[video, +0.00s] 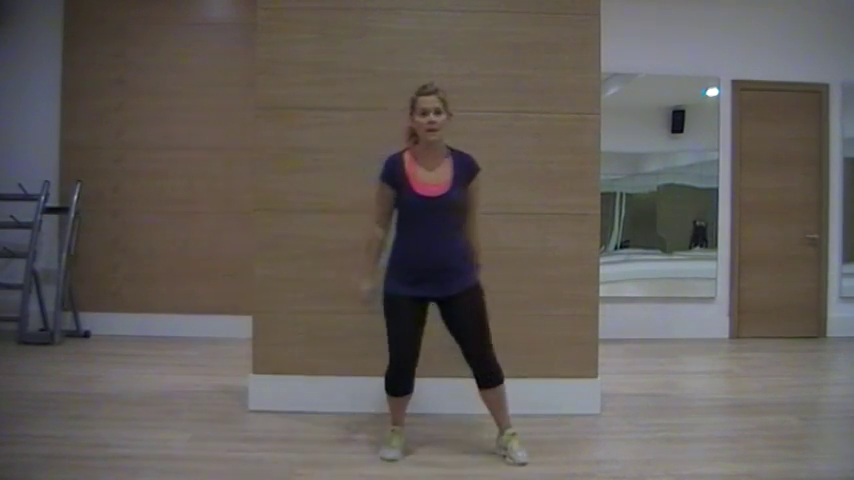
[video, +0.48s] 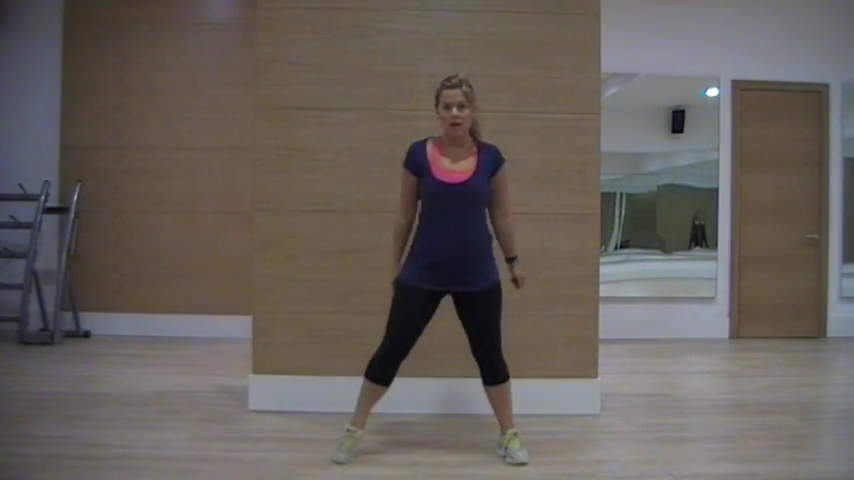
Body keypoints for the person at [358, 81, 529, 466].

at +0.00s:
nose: (431, 119)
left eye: (437, 112)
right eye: (423, 113)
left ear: (448, 117)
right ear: (412, 120)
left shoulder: (464, 165)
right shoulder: (396, 166)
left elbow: (471, 223)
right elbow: (380, 223)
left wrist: (475, 270)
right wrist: (369, 273)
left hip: (456, 277)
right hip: (406, 279)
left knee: (482, 356)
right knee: (401, 362)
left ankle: (507, 433)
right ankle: (396, 432)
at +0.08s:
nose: (443, 117)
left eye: (450, 110)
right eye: (435, 111)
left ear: (460, 115)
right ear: (424, 118)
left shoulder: (478, 162)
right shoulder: (409, 164)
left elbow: (491, 220)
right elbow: (396, 224)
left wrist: (505, 264)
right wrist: (390, 276)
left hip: (470, 275)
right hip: (419, 275)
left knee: (488, 356)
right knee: (399, 354)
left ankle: (507, 433)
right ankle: (390, 429)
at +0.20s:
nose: (455, 111)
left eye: (461, 104)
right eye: (447, 104)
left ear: (472, 109)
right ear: (436, 111)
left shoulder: (490, 156)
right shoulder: (421, 156)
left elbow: (507, 213)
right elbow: (409, 218)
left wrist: (528, 257)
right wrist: (403, 270)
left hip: (481, 271)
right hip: (429, 269)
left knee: (492, 355)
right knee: (394, 346)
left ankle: (507, 434)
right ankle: (374, 424)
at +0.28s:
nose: (457, 111)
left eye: (464, 103)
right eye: (449, 104)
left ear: (476, 108)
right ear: (439, 111)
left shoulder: (493, 154)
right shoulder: (424, 155)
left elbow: (512, 211)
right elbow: (413, 215)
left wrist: (530, 255)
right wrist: (406, 266)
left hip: (483, 268)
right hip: (432, 266)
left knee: (493, 353)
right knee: (398, 346)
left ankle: (509, 434)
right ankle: (360, 424)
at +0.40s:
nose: (458, 113)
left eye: (464, 106)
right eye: (450, 107)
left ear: (476, 110)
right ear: (440, 113)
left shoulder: (494, 157)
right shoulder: (425, 154)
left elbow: (508, 214)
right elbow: (411, 214)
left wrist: (522, 258)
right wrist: (403, 266)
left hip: (481, 270)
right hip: (429, 268)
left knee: (492, 353)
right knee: (398, 348)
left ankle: (509, 435)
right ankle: (358, 428)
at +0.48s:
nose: (454, 114)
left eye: (461, 106)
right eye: (446, 107)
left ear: (473, 110)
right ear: (436, 112)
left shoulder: (489, 157)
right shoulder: (420, 154)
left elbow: (501, 214)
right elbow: (406, 215)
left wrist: (513, 261)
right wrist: (397, 267)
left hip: (476, 270)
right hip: (424, 268)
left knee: (490, 354)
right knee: (392, 349)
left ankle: (509, 434)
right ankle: (355, 428)